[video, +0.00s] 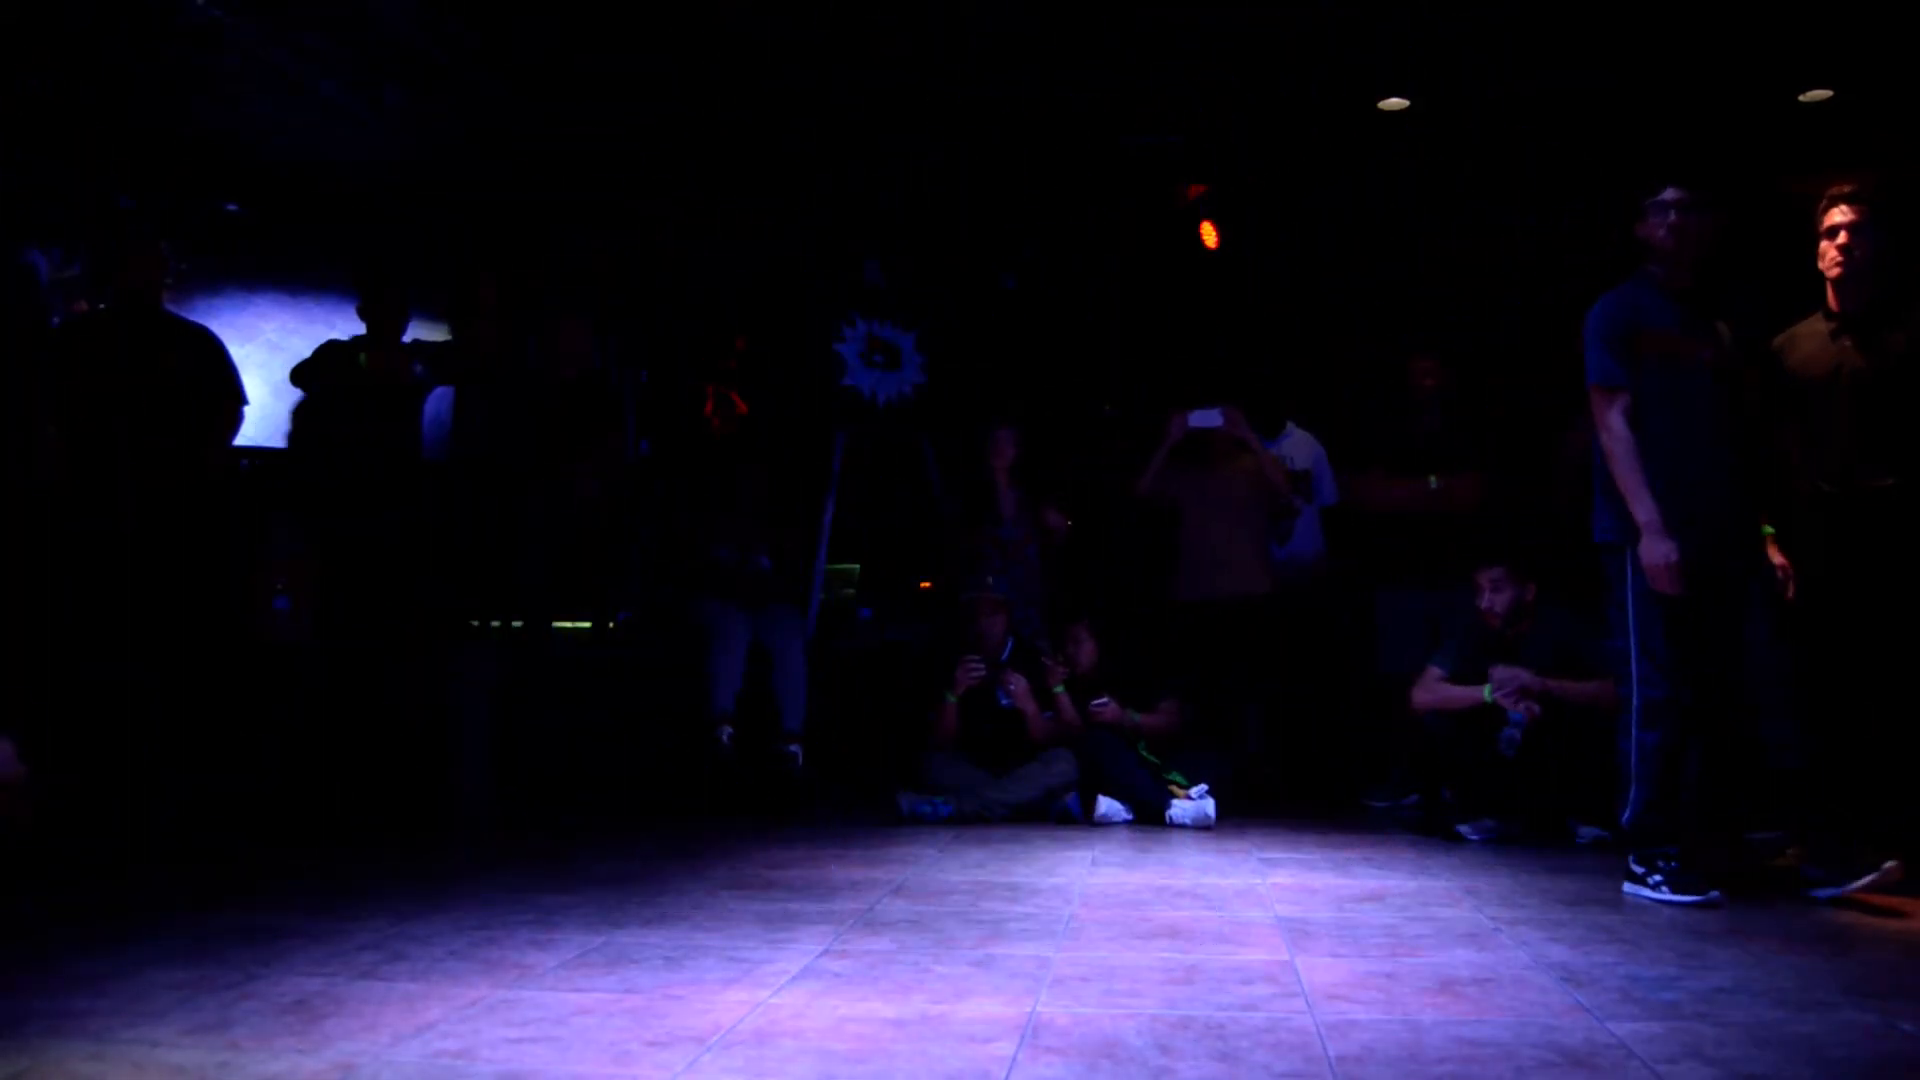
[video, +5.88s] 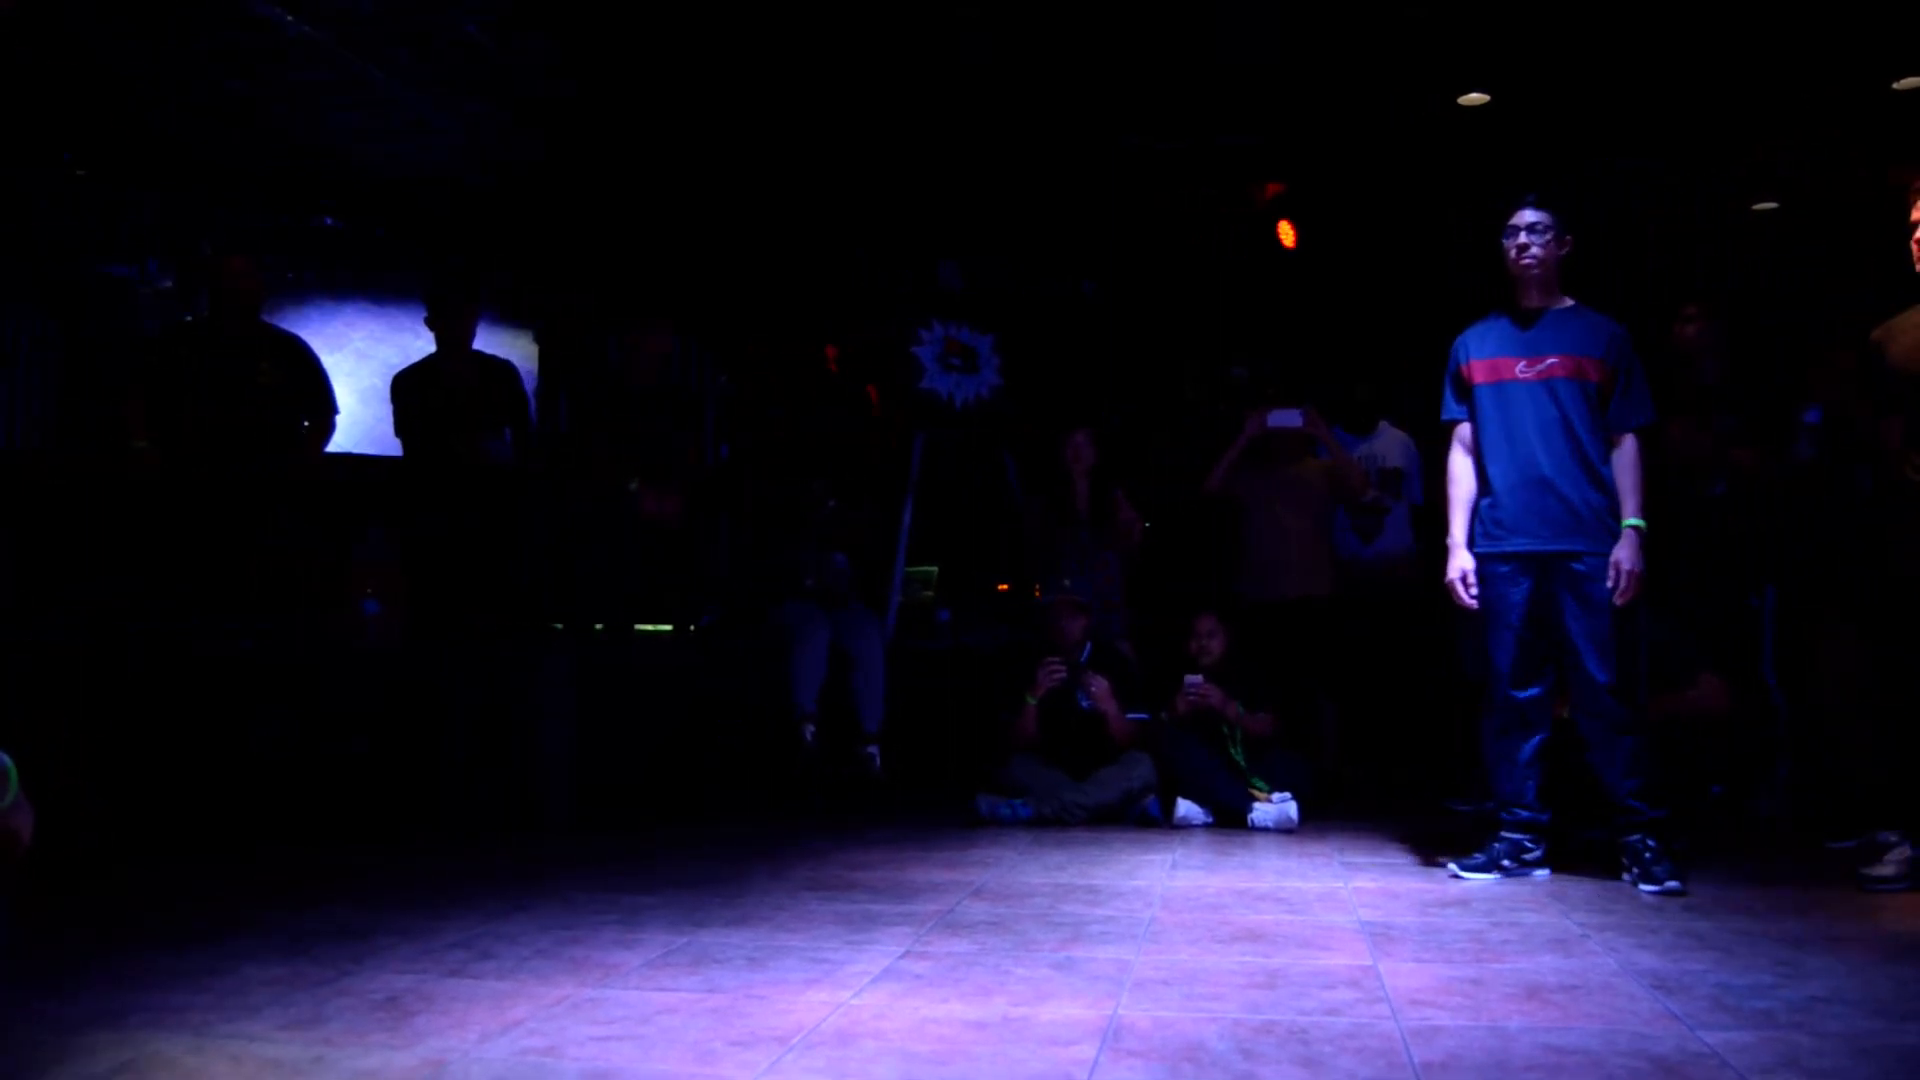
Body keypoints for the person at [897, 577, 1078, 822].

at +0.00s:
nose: (988, 627)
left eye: (995, 618)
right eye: (981, 619)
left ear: (1007, 621)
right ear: (970, 624)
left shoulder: (1027, 660)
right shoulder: (955, 661)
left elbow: (1045, 737)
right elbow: (942, 741)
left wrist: (1026, 702)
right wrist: (954, 693)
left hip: (1021, 755)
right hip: (971, 755)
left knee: (1063, 764)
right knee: (934, 766)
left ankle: (958, 806)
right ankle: (1039, 805)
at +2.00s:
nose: (983, 629)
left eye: (992, 619)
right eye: (976, 620)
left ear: (1009, 623)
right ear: (968, 626)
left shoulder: (1033, 665)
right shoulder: (954, 666)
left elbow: (1050, 743)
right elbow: (945, 744)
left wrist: (1033, 710)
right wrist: (959, 700)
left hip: (1025, 762)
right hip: (973, 763)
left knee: (1067, 771)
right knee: (939, 772)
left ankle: (963, 814)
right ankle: (1043, 813)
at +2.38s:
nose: (1003, 628)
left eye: (1012, 619)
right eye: (997, 619)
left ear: (1032, 623)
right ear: (989, 626)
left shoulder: (1055, 665)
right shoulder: (977, 666)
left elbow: (1075, 744)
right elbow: (966, 743)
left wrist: (1055, 710)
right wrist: (980, 700)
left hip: (1047, 762)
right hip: (994, 764)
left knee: (1089, 771)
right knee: (959, 771)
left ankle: (985, 814)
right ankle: (1065, 813)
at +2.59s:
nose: (1037, 625)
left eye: (1045, 616)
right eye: (1031, 617)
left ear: (1062, 621)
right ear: (1022, 624)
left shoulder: (1085, 661)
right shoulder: (1010, 662)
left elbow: (1102, 741)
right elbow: (996, 740)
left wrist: (1083, 706)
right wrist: (1010, 695)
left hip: (1076, 757)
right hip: (1025, 758)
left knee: (1117, 767)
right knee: (991, 769)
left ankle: (1014, 810)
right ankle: (1094, 809)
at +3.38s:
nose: (1072, 625)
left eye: (1079, 615)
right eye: (1064, 616)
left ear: (1091, 620)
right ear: (1051, 621)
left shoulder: (1110, 660)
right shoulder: (1036, 662)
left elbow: (1128, 738)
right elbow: (1024, 742)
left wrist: (1108, 705)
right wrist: (1034, 694)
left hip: (1101, 757)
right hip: (1051, 757)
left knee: (1141, 766)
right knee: (1018, 768)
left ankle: (1037, 809)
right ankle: (1120, 808)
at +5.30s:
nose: (1066, 629)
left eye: (1073, 620)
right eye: (1059, 621)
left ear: (1086, 623)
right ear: (1049, 627)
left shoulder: (1108, 662)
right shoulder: (1035, 664)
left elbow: (1127, 738)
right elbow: (1021, 741)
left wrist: (1107, 705)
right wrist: (1034, 695)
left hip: (1100, 756)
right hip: (1050, 757)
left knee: (1141, 766)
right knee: (1016, 769)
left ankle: (1036, 809)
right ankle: (1119, 808)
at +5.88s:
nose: (1067, 629)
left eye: (1074, 620)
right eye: (1060, 622)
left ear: (1087, 623)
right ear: (1048, 627)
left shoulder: (1108, 662)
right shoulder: (1035, 662)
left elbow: (1127, 738)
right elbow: (1021, 741)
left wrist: (1107, 704)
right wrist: (1034, 695)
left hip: (1100, 756)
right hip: (1050, 756)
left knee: (1141, 766)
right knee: (1015, 769)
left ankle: (1036, 809)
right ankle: (1119, 808)